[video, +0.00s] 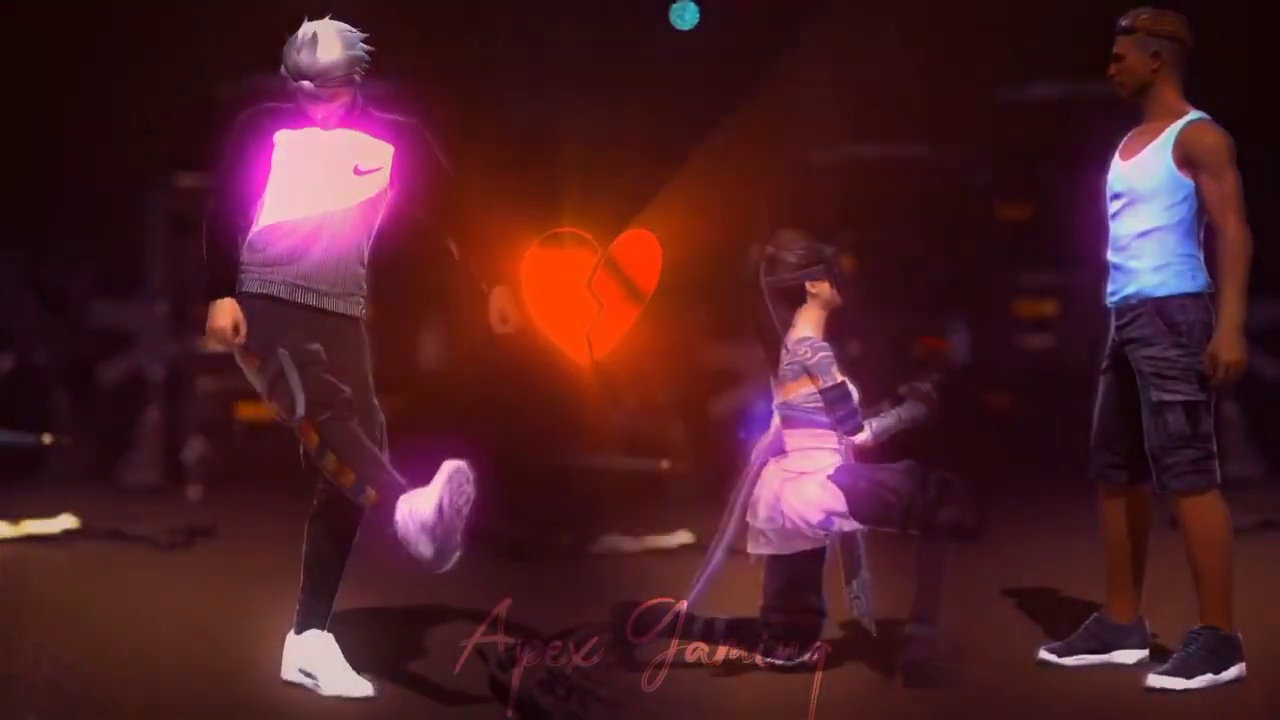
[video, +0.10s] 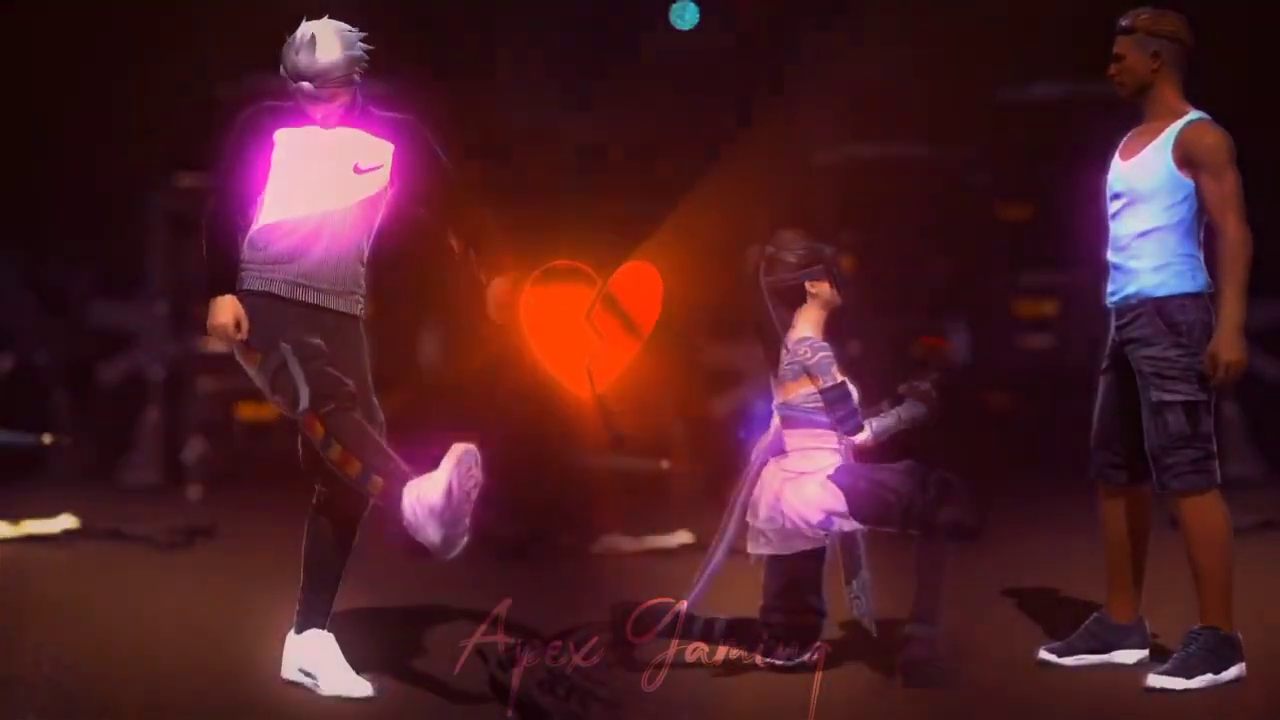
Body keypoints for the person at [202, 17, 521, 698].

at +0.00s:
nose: (328, 101)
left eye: (339, 87)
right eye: (315, 89)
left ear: (359, 79)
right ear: (294, 83)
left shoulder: (391, 140)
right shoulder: (262, 133)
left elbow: (446, 220)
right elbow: (223, 216)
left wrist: (488, 288)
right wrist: (219, 291)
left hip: (346, 314)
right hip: (272, 302)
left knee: (353, 464)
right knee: (321, 404)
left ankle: (310, 634)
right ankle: (408, 513)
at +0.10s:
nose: (327, 102)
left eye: (338, 87)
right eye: (314, 90)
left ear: (357, 79)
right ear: (293, 84)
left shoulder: (392, 139)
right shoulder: (261, 131)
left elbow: (438, 226)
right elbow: (224, 213)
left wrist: (480, 287)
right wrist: (221, 288)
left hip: (345, 316)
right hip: (270, 304)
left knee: (347, 472)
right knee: (321, 403)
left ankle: (310, 633)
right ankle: (413, 501)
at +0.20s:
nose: (326, 104)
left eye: (337, 90)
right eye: (313, 92)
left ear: (358, 78)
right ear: (293, 84)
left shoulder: (392, 133)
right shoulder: (262, 128)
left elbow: (451, 201)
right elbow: (221, 210)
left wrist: (494, 266)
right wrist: (220, 285)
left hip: (345, 313)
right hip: (270, 300)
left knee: (344, 473)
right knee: (328, 389)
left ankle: (309, 634)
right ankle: (417, 492)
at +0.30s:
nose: (325, 105)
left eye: (336, 91)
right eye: (311, 93)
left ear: (358, 79)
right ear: (291, 83)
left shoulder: (393, 130)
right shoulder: (262, 125)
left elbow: (450, 196)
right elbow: (220, 206)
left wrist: (493, 257)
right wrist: (220, 281)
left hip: (344, 311)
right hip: (268, 298)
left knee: (343, 476)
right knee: (329, 386)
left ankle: (310, 634)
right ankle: (422, 477)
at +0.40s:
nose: (326, 105)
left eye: (336, 91)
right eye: (312, 93)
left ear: (358, 78)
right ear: (292, 82)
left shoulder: (394, 131)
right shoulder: (263, 123)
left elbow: (451, 194)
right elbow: (220, 203)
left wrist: (490, 248)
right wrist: (221, 280)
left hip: (343, 311)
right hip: (267, 297)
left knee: (340, 477)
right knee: (324, 382)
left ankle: (310, 634)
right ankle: (428, 466)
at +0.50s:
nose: (325, 106)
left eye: (336, 92)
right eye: (312, 94)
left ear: (358, 78)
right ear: (292, 82)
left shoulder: (393, 130)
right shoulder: (263, 122)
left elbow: (449, 188)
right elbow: (220, 200)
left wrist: (488, 240)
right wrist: (220, 277)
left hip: (341, 310)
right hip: (265, 296)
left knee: (343, 474)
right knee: (321, 377)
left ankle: (310, 633)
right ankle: (435, 459)